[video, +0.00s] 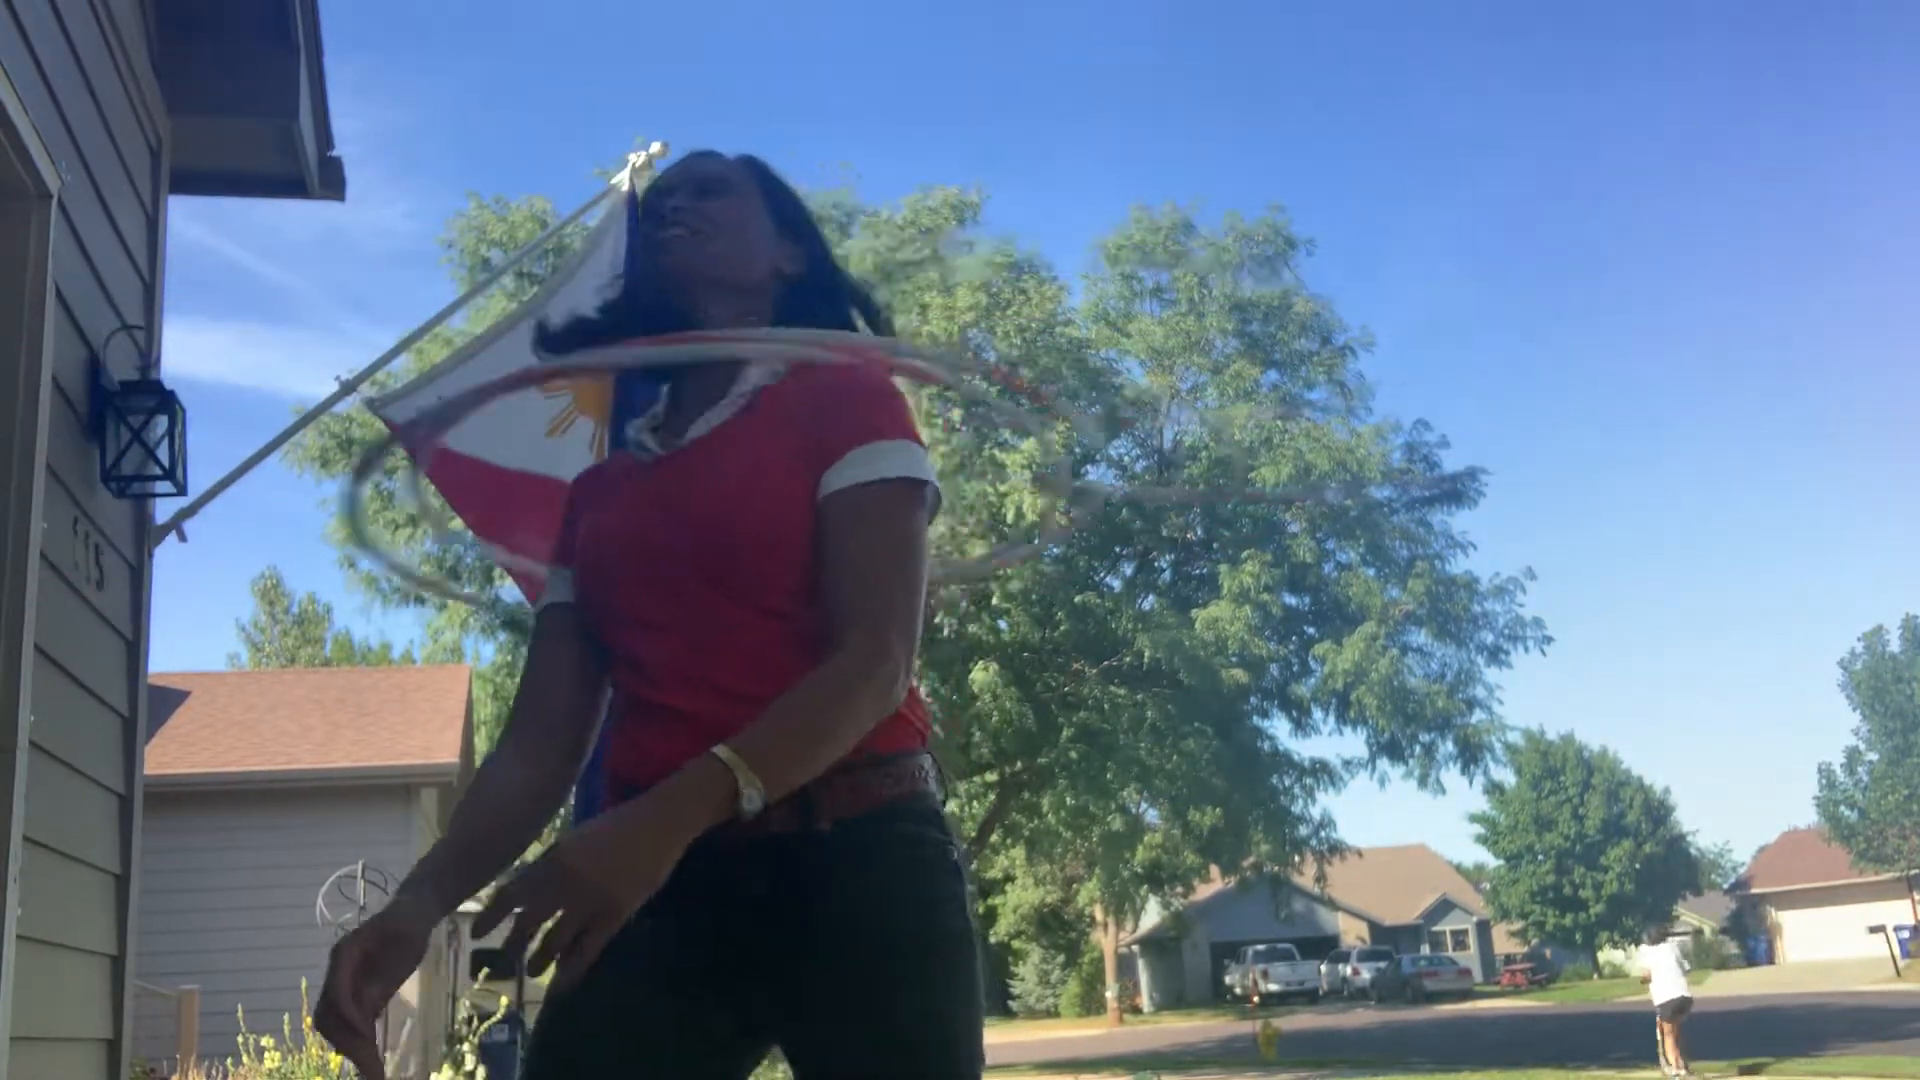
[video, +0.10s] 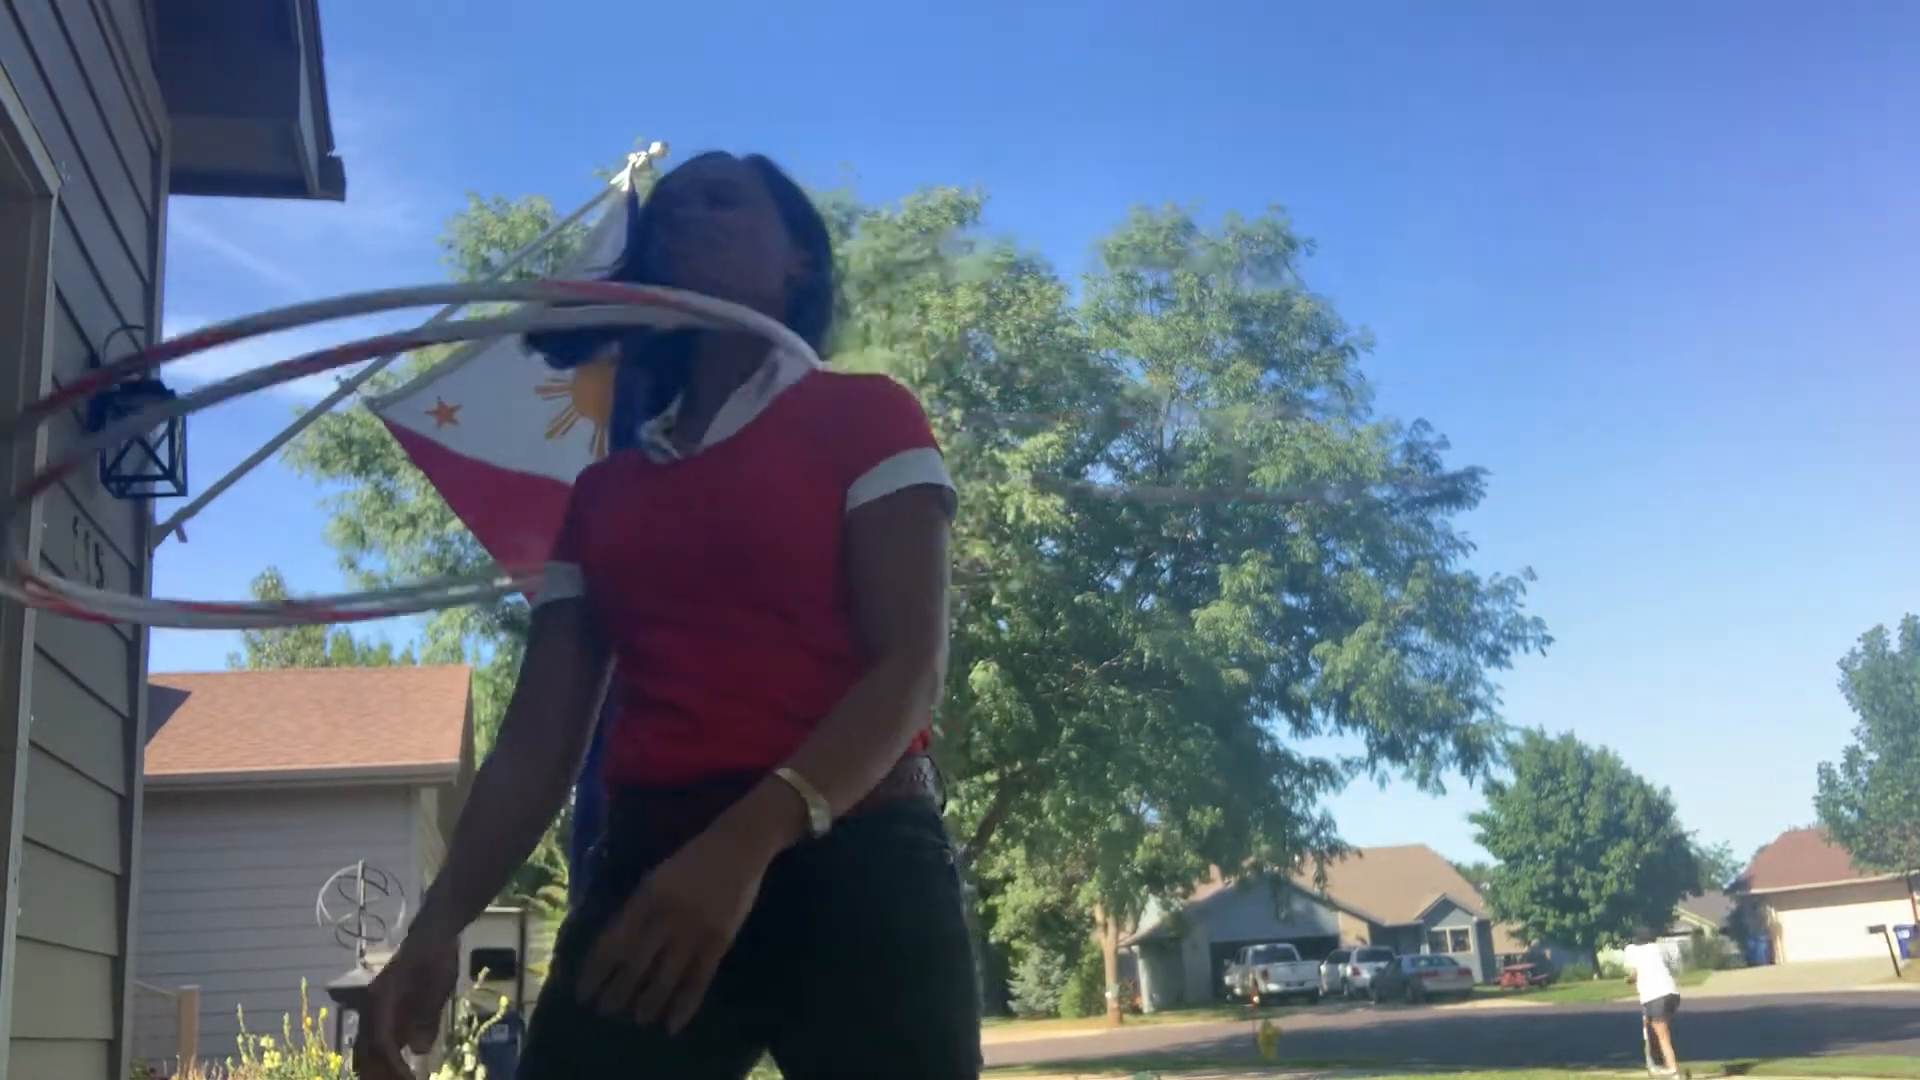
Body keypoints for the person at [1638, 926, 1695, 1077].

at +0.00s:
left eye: (1647, 936)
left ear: (1648, 937)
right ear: (1664, 935)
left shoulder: (1646, 951)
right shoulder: (1672, 946)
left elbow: (1646, 976)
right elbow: (1686, 967)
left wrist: (1644, 979)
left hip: (1666, 996)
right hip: (1684, 993)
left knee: (1669, 1034)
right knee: (1675, 1031)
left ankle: (1675, 1068)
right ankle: (1681, 1065)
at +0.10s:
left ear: (1635, 938)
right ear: (1651, 937)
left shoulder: (1632, 950)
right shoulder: (1657, 948)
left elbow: (1632, 975)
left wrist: (1630, 980)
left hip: (1654, 997)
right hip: (1672, 992)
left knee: (1664, 1039)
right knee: (1660, 1030)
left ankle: (1673, 1070)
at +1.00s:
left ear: (1543, 947)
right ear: (1555, 945)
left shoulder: (1545, 957)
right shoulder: (1565, 956)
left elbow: (1531, 960)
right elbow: (1573, 971)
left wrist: (1531, 949)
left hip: (1552, 995)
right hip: (1567, 994)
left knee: (1553, 1032)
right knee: (1555, 1030)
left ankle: (1565, 1064)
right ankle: (1557, 1060)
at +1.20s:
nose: (1515, 949)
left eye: (1514, 946)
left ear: (1515, 946)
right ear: (1528, 944)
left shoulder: (1514, 956)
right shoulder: (1539, 954)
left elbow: (1507, 978)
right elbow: (1551, 973)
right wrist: (1540, 978)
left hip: (1528, 991)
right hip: (1543, 990)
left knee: (1537, 1024)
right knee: (1535, 1023)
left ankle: (1555, 1054)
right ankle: (1542, 1055)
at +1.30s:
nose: (1506, 949)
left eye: (1507, 947)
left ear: (1507, 946)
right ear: (1521, 946)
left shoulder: (1507, 957)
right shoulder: (1530, 957)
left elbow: (1502, 972)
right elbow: (1541, 975)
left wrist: (1503, 982)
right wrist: (1529, 977)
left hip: (1517, 991)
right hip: (1532, 990)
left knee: (1525, 1024)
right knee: (1526, 1024)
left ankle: (1540, 1046)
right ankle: (1532, 1056)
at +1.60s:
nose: (1478, 952)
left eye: (1477, 950)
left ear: (1479, 949)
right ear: (1492, 948)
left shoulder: (1477, 959)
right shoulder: (1499, 959)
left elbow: (1471, 973)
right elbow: (1509, 974)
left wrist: (1474, 984)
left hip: (1485, 991)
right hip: (1500, 991)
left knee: (1483, 1026)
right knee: (1497, 1023)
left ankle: (1491, 1055)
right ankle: (1501, 1055)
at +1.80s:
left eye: (1454, 951)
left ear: (1454, 951)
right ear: (1468, 950)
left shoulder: (1453, 962)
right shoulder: (1477, 962)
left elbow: (1449, 979)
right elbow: (1488, 978)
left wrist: (1450, 986)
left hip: (1464, 996)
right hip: (1480, 995)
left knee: (1462, 1026)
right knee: (1475, 1026)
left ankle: (1463, 1055)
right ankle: (1479, 1055)